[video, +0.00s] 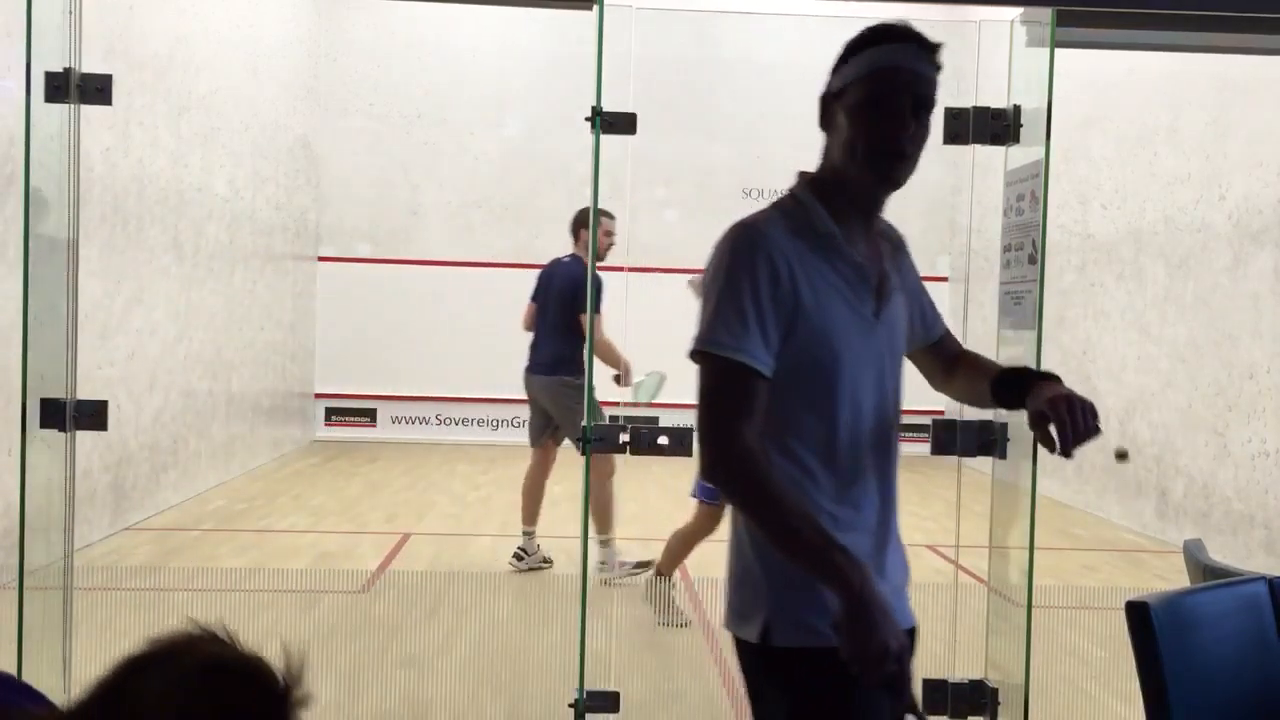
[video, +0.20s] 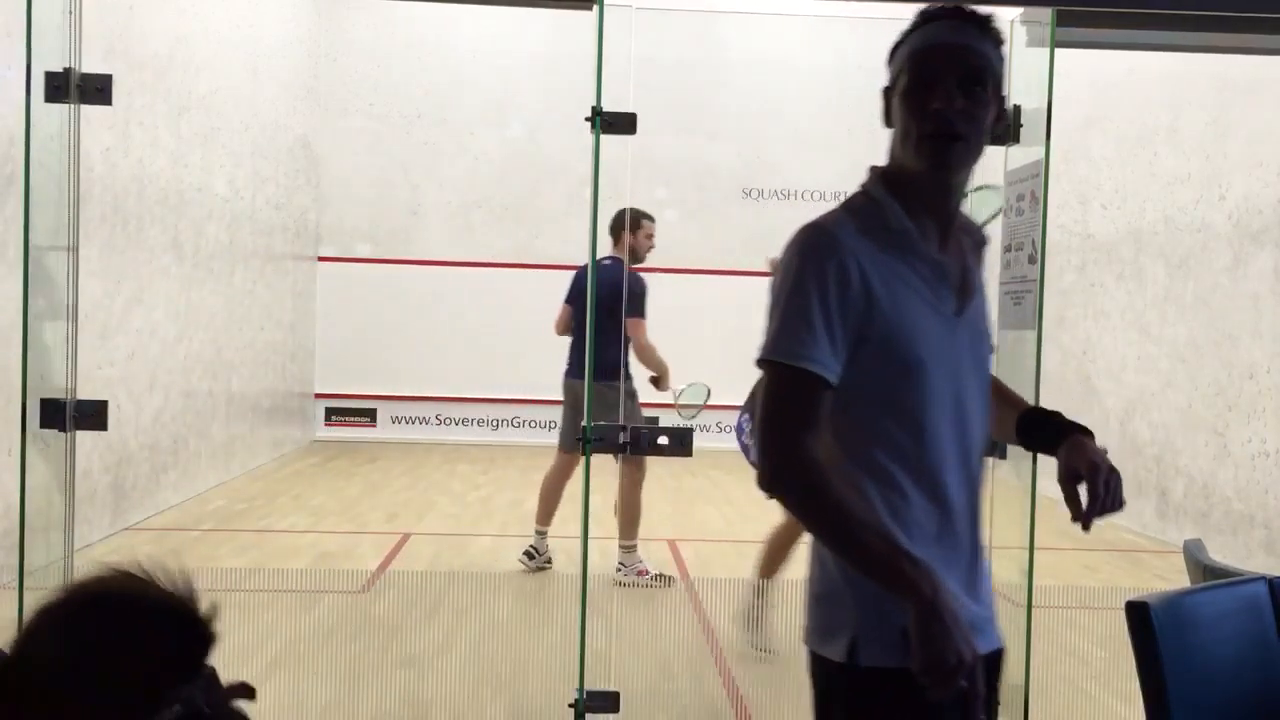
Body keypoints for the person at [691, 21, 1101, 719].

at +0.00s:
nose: (905, 131)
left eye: (921, 111)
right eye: (883, 103)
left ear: (932, 126)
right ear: (829, 109)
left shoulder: (886, 249)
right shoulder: (761, 249)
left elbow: (947, 365)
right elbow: (728, 450)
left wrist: (1029, 386)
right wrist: (855, 587)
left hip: (881, 607)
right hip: (798, 617)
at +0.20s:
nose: (947, 103)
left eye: (972, 86)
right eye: (925, 82)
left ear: (999, 119)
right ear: (887, 103)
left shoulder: (965, 247)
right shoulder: (831, 250)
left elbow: (957, 390)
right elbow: (783, 455)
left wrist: (1064, 435)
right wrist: (925, 593)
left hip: (967, 627)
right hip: (876, 638)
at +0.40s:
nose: (1021, 85)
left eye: (1047, 68)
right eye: (995, 66)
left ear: (1076, 101)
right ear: (955, 94)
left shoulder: (1046, 243)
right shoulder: (900, 247)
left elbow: (1022, 408)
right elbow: (847, 461)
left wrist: (1116, 456)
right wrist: (996, 595)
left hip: (1056, 639)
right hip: (945, 650)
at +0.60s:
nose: (1093, 81)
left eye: (1121, 62)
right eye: (1065, 60)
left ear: (1148, 91)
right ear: (1022, 83)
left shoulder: (1116, 235)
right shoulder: (958, 243)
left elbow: (1088, 414)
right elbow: (912, 470)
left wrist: (1193, 454)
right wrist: (1071, 609)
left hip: (1125, 647)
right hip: (1001, 662)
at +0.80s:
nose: (1180, 90)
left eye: (1211, 70)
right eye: (1152, 64)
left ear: (1232, 93)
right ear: (1101, 80)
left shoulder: (1195, 238)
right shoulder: (1024, 247)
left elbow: (1162, 416)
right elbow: (965, 480)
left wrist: (1268, 464)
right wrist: (1122, 626)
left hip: (1190, 658)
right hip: (1061, 670)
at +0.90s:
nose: (1240, 99)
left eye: (1263, 74)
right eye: (1208, 67)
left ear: (1278, 93)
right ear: (1149, 77)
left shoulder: (1239, 243)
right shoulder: (1062, 251)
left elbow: (1215, 417)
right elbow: (993, 485)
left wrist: (1279, 464)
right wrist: (1146, 638)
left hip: (1238, 658)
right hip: (1098, 676)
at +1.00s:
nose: (1277, 95)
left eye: (1278, 72)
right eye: (1265, 69)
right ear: (1201, 74)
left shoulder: (1271, 254)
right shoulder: (1106, 254)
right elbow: (1028, 488)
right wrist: (1183, 644)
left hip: (1265, 683)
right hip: (1142, 690)